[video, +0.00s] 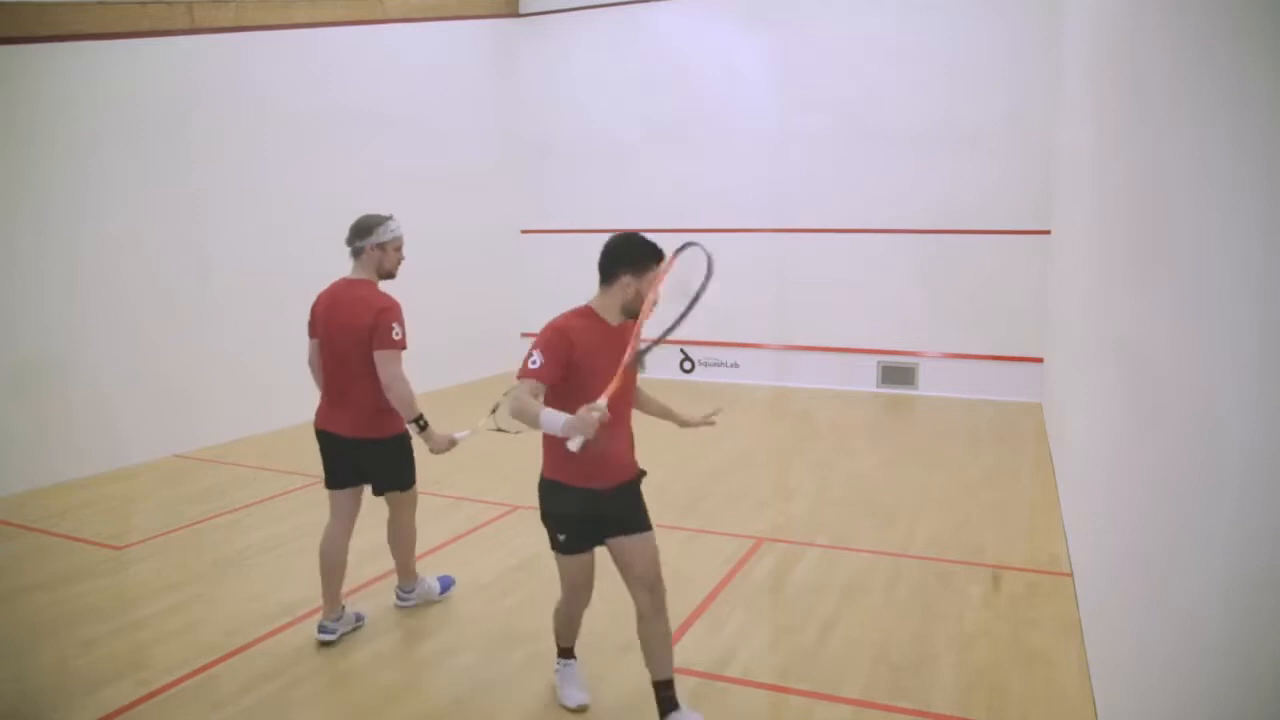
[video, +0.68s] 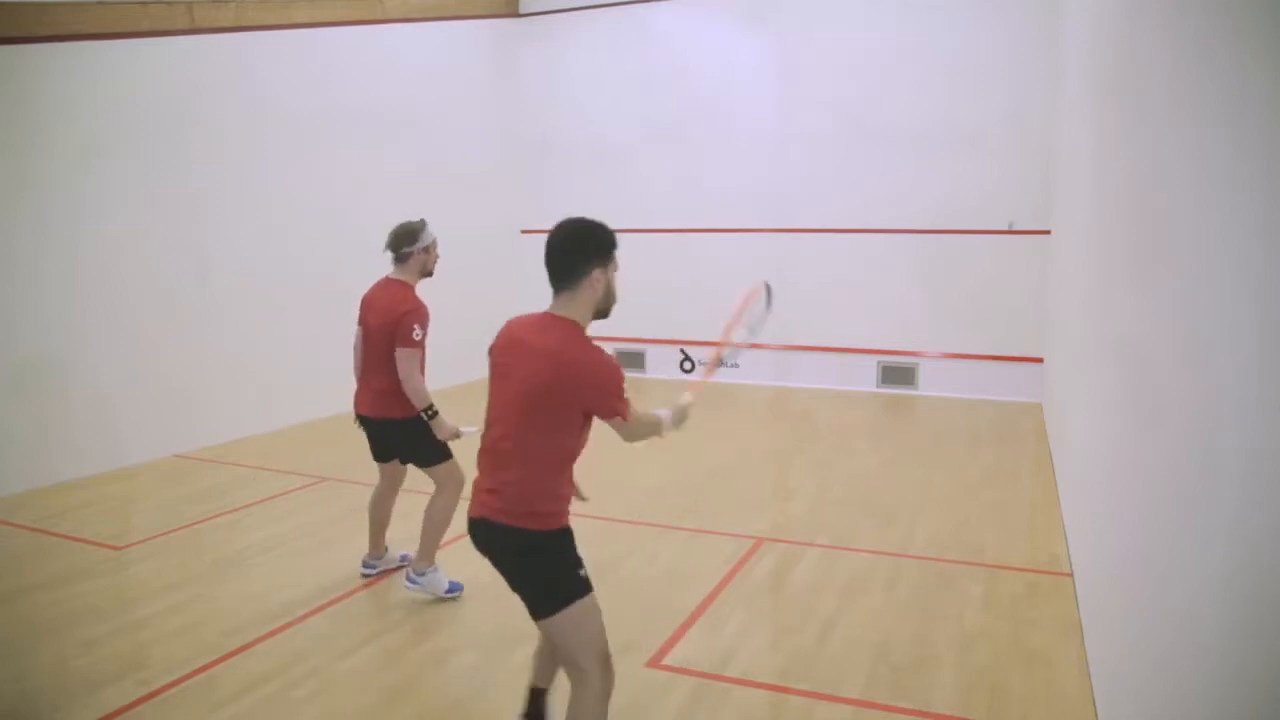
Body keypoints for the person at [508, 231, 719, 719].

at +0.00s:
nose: (656, 295)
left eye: (658, 284)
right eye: (653, 283)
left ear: (626, 281)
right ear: (624, 279)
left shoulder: (627, 333)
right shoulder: (562, 332)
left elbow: (626, 389)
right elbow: (518, 402)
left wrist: (677, 416)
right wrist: (566, 423)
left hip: (621, 485)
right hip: (568, 489)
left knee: (650, 590)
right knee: (576, 594)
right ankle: (566, 662)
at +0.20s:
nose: (692, 344)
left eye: (694, 334)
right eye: (689, 332)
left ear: (660, 329)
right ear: (657, 328)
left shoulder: (662, 373)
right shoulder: (577, 361)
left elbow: (679, 401)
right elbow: (484, 388)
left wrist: (730, 422)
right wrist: (516, 361)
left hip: (647, 519)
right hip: (586, 524)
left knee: (698, 622)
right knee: (597, 645)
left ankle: (687, 716)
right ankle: (577, 714)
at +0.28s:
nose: (691, 351)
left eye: (693, 340)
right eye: (688, 339)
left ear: (659, 337)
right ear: (655, 336)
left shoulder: (664, 379)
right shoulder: (574, 371)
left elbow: (680, 399)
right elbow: (483, 408)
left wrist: (719, 416)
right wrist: (503, 365)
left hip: (646, 524)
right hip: (585, 531)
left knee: (702, 632)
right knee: (605, 661)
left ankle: (688, 716)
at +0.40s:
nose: (684, 357)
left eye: (685, 346)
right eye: (679, 346)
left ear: (646, 347)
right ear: (644, 346)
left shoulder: (650, 389)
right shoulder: (568, 402)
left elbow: (645, 414)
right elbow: (546, 503)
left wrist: (668, 430)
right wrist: (515, 448)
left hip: (628, 536)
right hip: (573, 551)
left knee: (694, 637)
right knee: (623, 680)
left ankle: (689, 715)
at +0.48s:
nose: (671, 340)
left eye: (671, 328)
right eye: (666, 328)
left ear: (628, 327)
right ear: (630, 328)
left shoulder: (595, 360)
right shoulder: (589, 409)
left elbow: (605, 415)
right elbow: (617, 503)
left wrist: (636, 446)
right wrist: (660, 548)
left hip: (602, 534)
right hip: (559, 548)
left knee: (664, 620)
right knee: (622, 681)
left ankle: (681, 713)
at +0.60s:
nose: (641, 295)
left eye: (641, 281)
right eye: (639, 280)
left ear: (594, 280)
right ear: (612, 284)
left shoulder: (539, 330)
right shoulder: (592, 370)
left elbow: (546, 412)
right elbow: (657, 445)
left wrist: (593, 452)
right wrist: (708, 463)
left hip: (536, 513)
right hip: (537, 528)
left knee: (616, 603)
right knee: (597, 658)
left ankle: (607, 705)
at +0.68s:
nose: (616, 286)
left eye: (615, 273)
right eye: (614, 272)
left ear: (556, 272)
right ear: (598, 276)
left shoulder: (511, 333)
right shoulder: (590, 362)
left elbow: (509, 417)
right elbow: (631, 428)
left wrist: (559, 467)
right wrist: (671, 418)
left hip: (487, 518)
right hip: (535, 529)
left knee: (559, 623)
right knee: (594, 673)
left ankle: (534, 708)